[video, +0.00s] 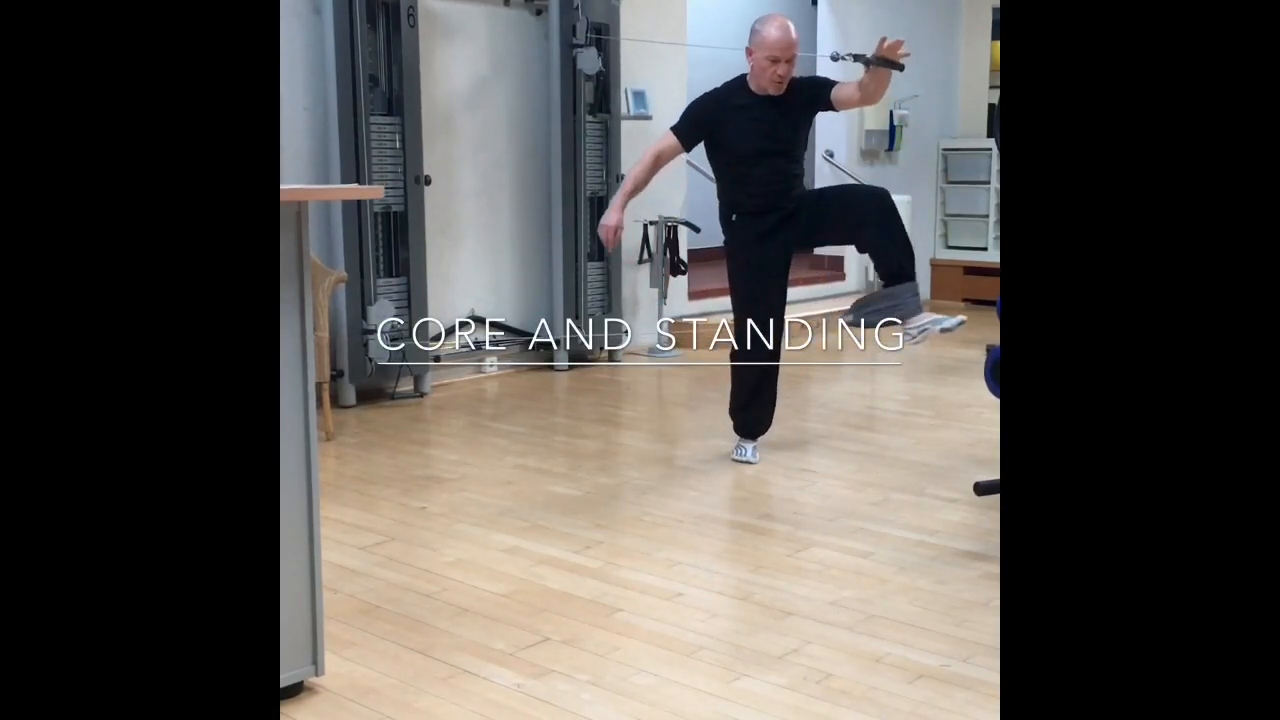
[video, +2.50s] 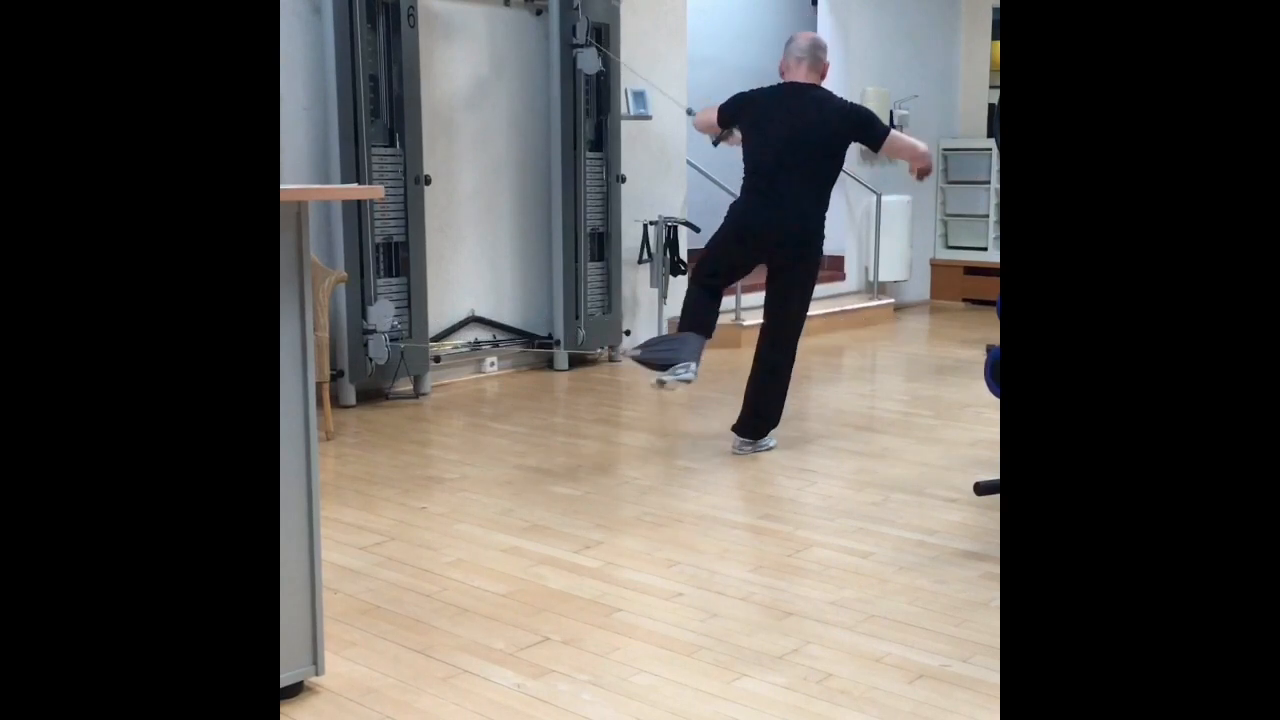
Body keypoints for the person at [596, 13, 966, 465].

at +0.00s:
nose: (784, 71)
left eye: (791, 60)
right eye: (775, 61)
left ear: (797, 56)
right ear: (750, 54)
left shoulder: (804, 92)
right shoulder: (715, 106)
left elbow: (864, 94)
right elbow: (658, 155)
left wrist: (882, 65)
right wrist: (617, 205)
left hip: (800, 213)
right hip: (750, 230)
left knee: (873, 203)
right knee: (757, 331)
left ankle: (911, 314)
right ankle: (747, 436)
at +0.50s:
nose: (773, 62)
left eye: (777, 53)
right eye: (763, 53)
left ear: (781, 49)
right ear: (736, 50)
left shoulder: (791, 83)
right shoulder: (712, 109)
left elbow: (855, 63)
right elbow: (673, 168)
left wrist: (872, 23)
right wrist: (662, 224)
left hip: (802, 212)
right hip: (753, 232)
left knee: (875, 203)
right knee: (755, 332)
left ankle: (902, 314)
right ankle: (746, 432)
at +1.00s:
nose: (802, 65)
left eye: (803, 56)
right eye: (794, 57)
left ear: (771, 55)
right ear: (761, 54)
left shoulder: (788, 82)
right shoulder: (731, 104)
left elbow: (839, 61)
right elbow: (715, 170)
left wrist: (875, 36)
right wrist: (755, 215)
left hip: (791, 213)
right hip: (748, 227)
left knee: (877, 216)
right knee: (758, 328)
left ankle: (856, 314)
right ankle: (745, 433)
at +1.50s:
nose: (819, 62)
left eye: (822, 54)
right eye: (817, 54)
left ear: (781, 50)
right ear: (791, 50)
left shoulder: (748, 80)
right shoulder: (770, 101)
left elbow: (779, 60)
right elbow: (819, 153)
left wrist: (814, 38)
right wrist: (889, 185)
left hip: (787, 214)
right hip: (760, 228)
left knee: (863, 226)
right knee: (768, 332)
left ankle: (822, 310)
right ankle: (747, 435)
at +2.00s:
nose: (835, 59)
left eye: (832, 53)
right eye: (837, 53)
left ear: (791, 49)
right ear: (833, 54)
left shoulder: (754, 87)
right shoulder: (837, 105)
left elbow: (716, 94)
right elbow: (912, 137)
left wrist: (761, 70)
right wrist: (969, 127)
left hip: (734, 219)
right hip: (782, 231)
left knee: (761, 246)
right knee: (776, 331)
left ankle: (746, 313)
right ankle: (748, 431)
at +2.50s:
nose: (784, 69)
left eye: (784, 63)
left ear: (784, 66)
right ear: (826, 70)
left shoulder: (755, 101)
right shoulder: (845, 112)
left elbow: (703, 121)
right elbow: (915, 150)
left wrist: (736, 135)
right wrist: (922, 162)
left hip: (748, 225)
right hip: (802, 238)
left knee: (707, 278)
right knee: (780, 337)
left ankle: (688, 351)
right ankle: (752, 433)